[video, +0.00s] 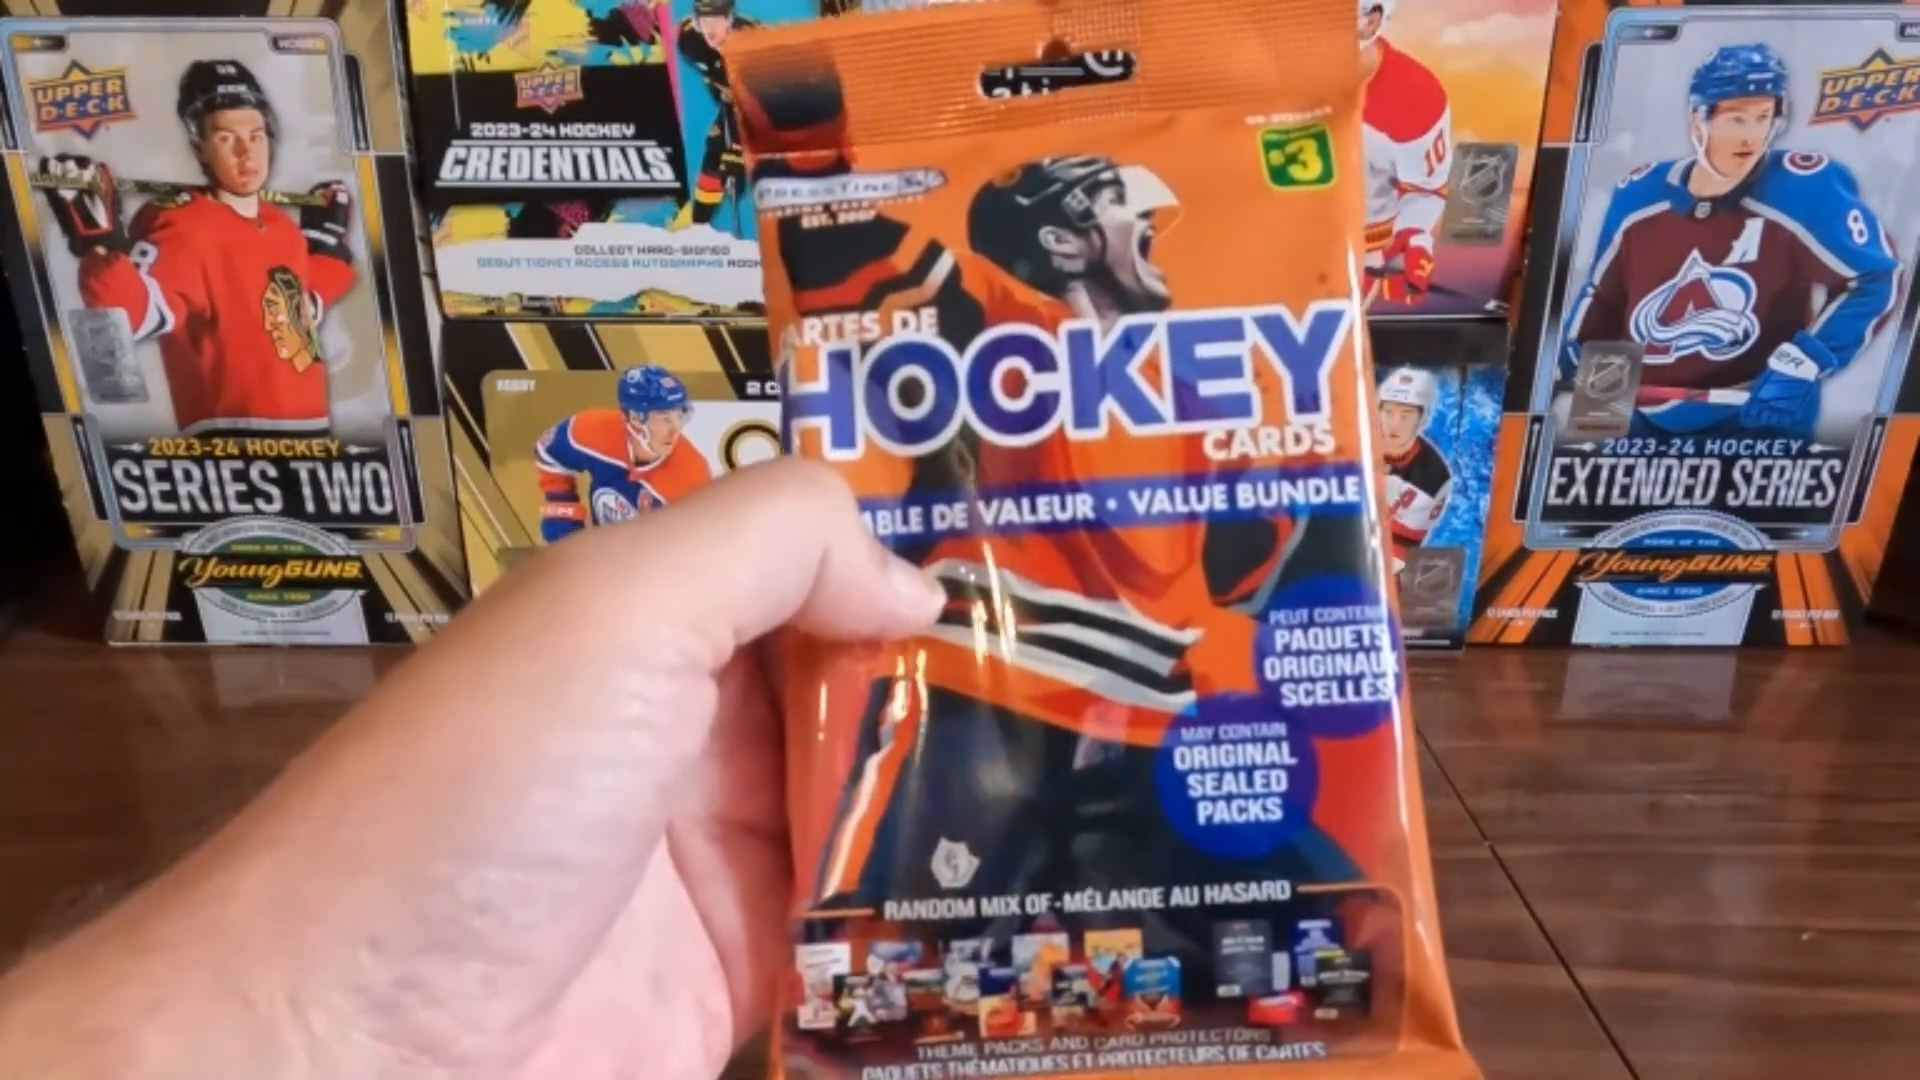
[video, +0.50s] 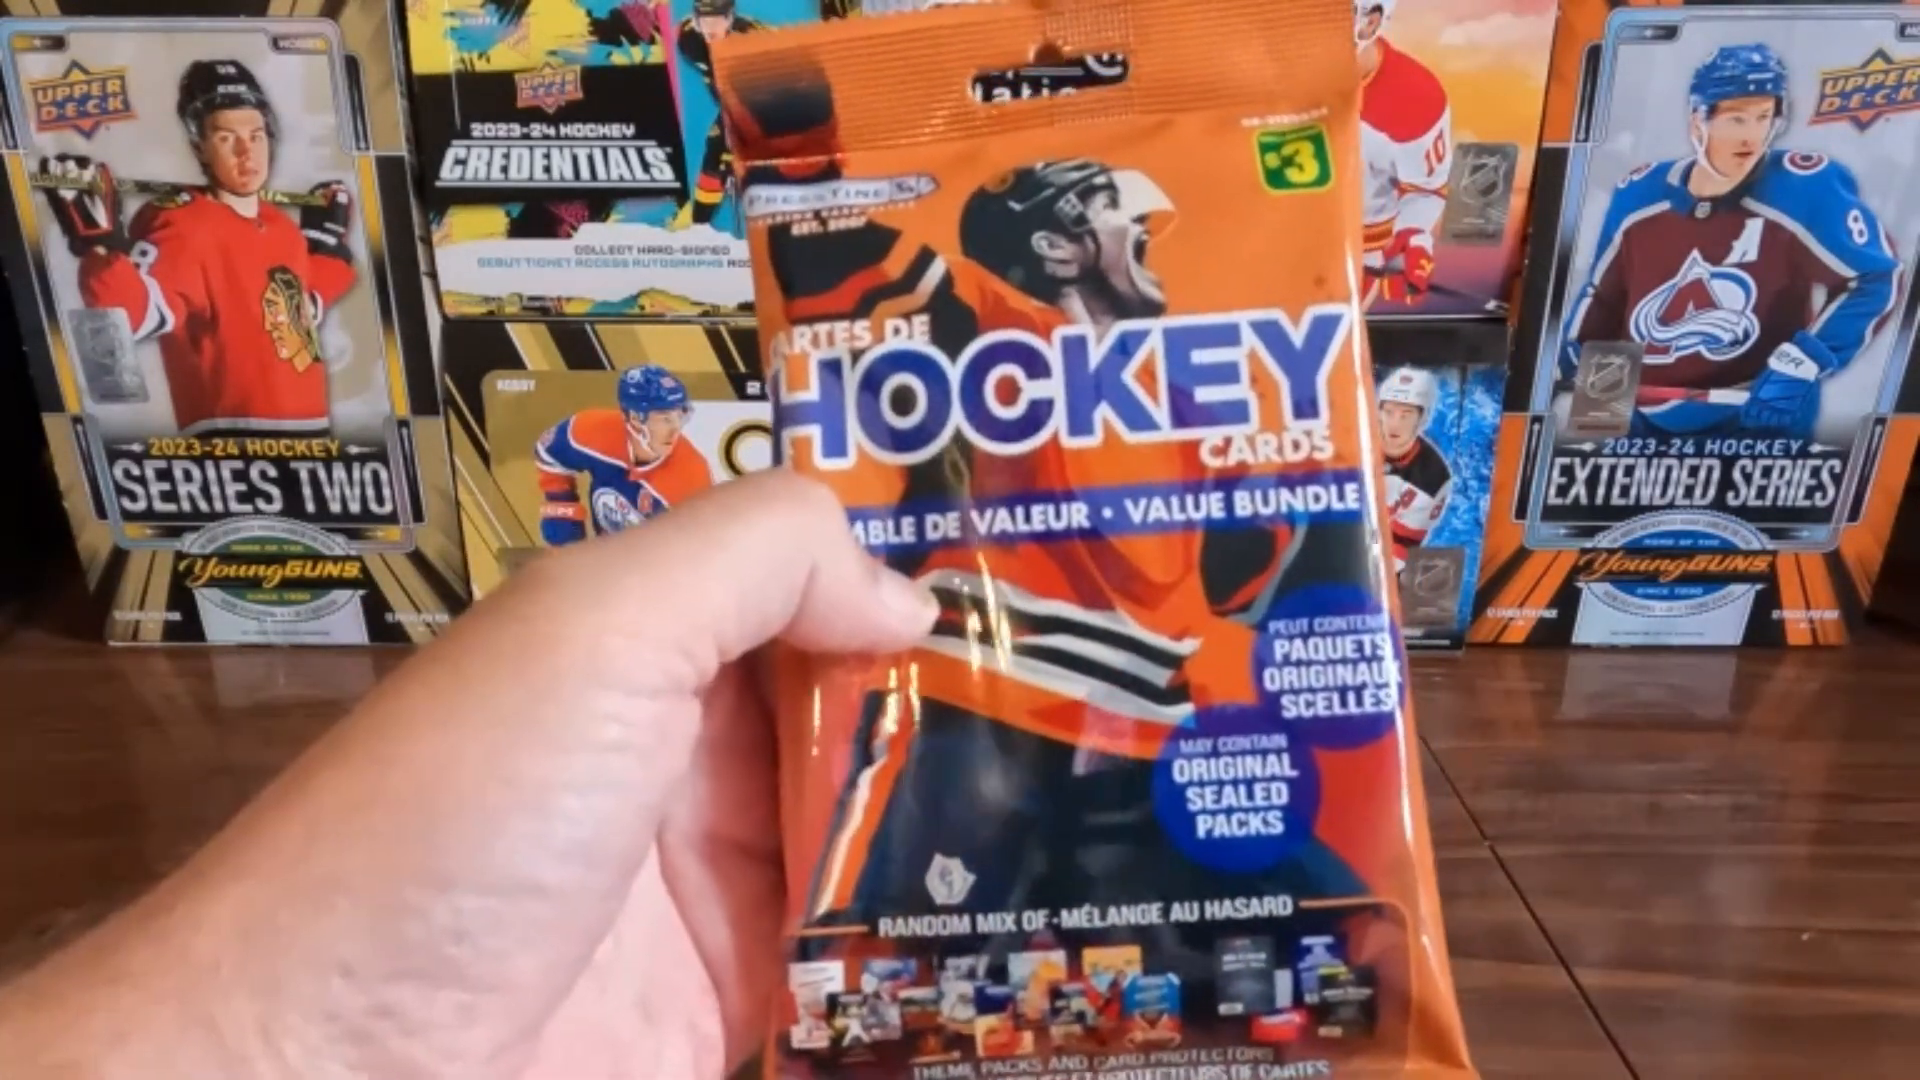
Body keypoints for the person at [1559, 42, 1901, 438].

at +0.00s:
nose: (1750, 135)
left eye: (1762, 118)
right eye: (1734, 119)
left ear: (1775, 122)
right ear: (1698, 124)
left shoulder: (1804, 192)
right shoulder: (1637, 197)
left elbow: (1879, 278)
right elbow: (1600, 297)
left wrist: (1802, 364)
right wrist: (1576, 361)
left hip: (1744, 427)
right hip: (1637, 421)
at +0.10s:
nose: (1750, 135)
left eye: (1762, 118)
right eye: (1735, 119)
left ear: (1775, 123)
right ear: (1698, 124)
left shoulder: (1804, 193)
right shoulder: (1637, 198)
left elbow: (1878, 279)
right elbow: (1600, 297)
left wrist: (1802, 364)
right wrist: (1576, 360)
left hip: (1745, 428)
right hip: (1639, 422)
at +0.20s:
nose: (1750, 135)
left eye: (1762, 118)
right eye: (1734, 119)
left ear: (1775, 122)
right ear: (1698, 124)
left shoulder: (1805, 192)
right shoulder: (1637, 197)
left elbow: (1879, 279)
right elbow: (1600, 297)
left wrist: (1802, 364)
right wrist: (1576, 363)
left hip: (1744, 427)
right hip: (1637, 421)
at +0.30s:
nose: (1750, 135)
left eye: (1762, 118)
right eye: (1734, 119)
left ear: (1775, 122)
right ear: (1698, 124)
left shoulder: (1805, 192)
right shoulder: (1637, 197)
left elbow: (1879, 279)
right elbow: (1600, 297)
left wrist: (1802, 364)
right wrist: (1576, 364)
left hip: (1744, 427)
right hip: (1637, 421)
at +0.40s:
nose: (1750, 135)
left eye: (1762, 118)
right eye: (1734, 119)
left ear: (1775, 123)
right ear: (1698, 124)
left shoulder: (1805, 192)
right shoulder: (1637, 197)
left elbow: (1878, 279)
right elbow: (1600, 296)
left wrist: (1802, 364)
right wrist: (1574, 366)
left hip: (1744, 427)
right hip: (1637, 421)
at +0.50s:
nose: (1750, 135)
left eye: (1762, 118)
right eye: (1734, 119)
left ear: (1775, 123)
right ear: (1698, 124)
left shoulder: (1805, 192)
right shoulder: (1637, 197)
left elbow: (1878, 279)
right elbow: (1600, 296)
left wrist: (1802, 364)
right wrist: (1574, 366)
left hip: (1744, 427)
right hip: (1637, 422)